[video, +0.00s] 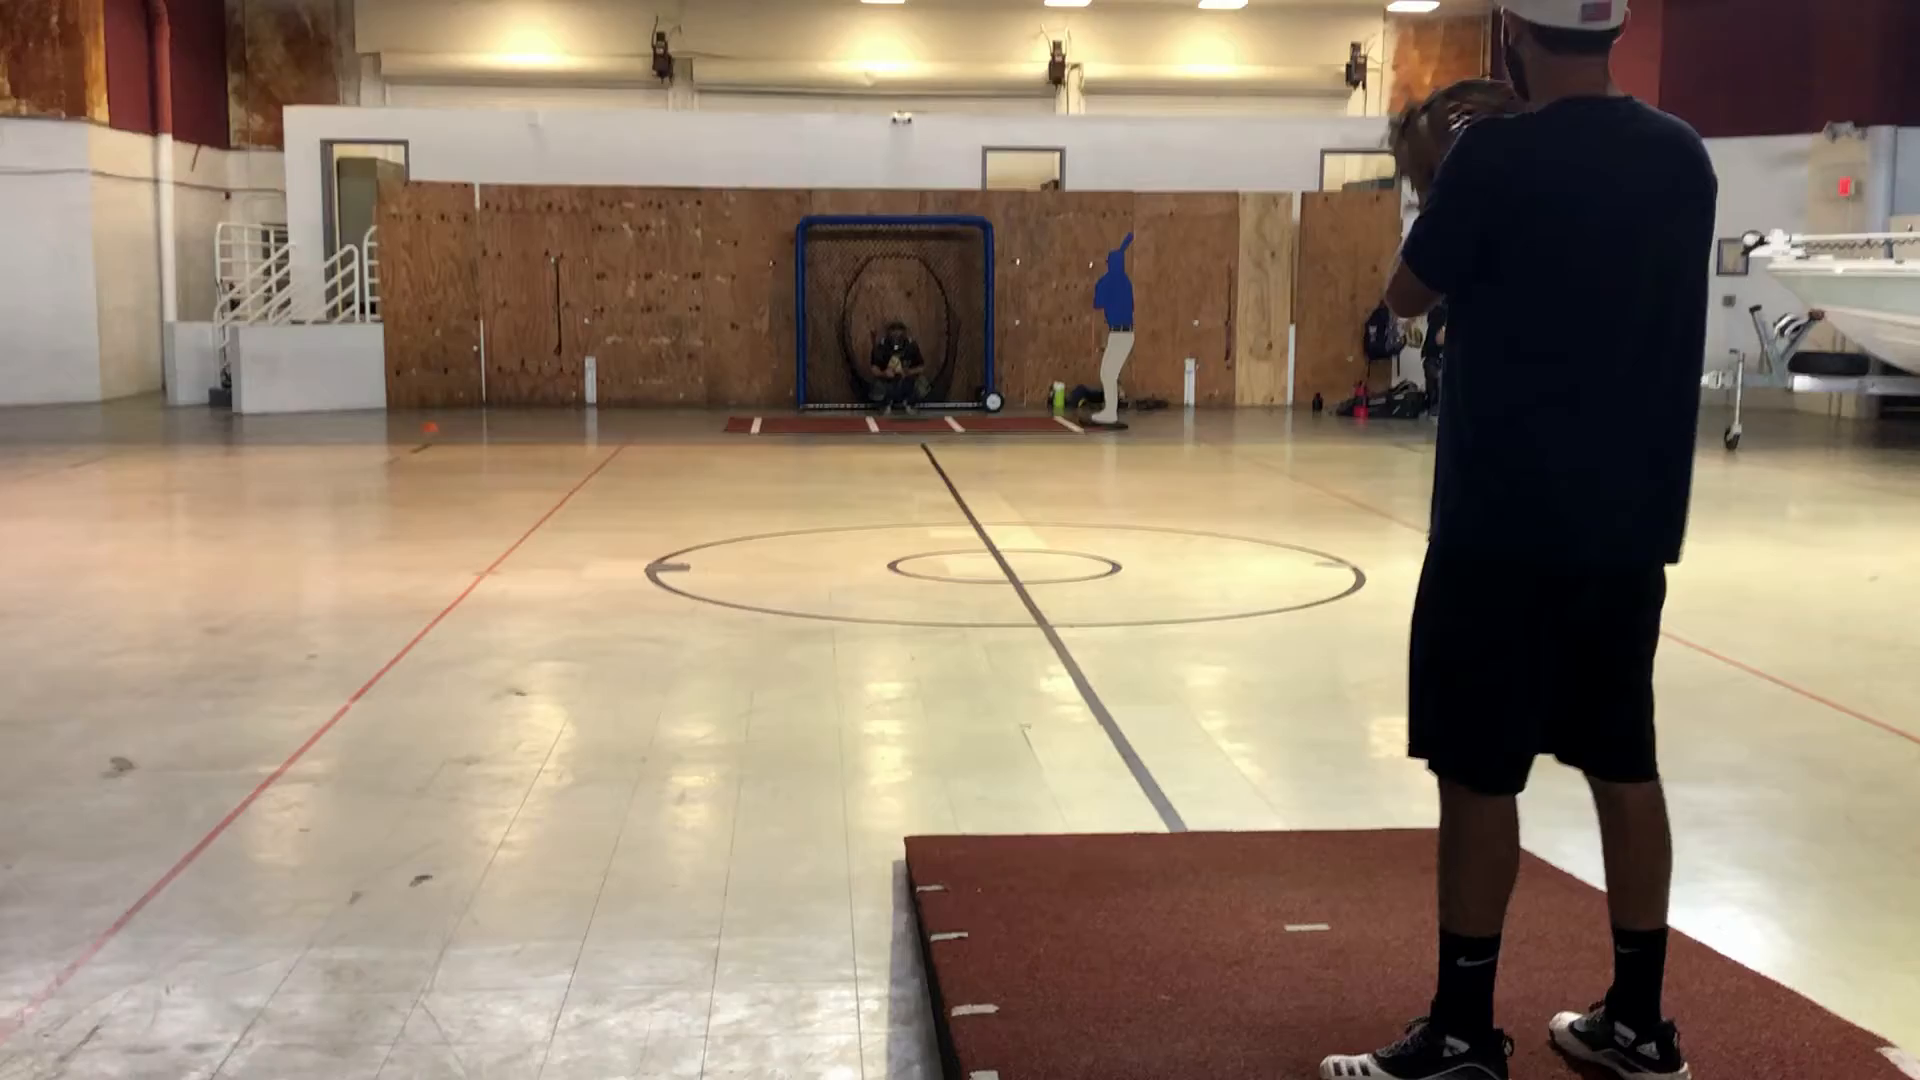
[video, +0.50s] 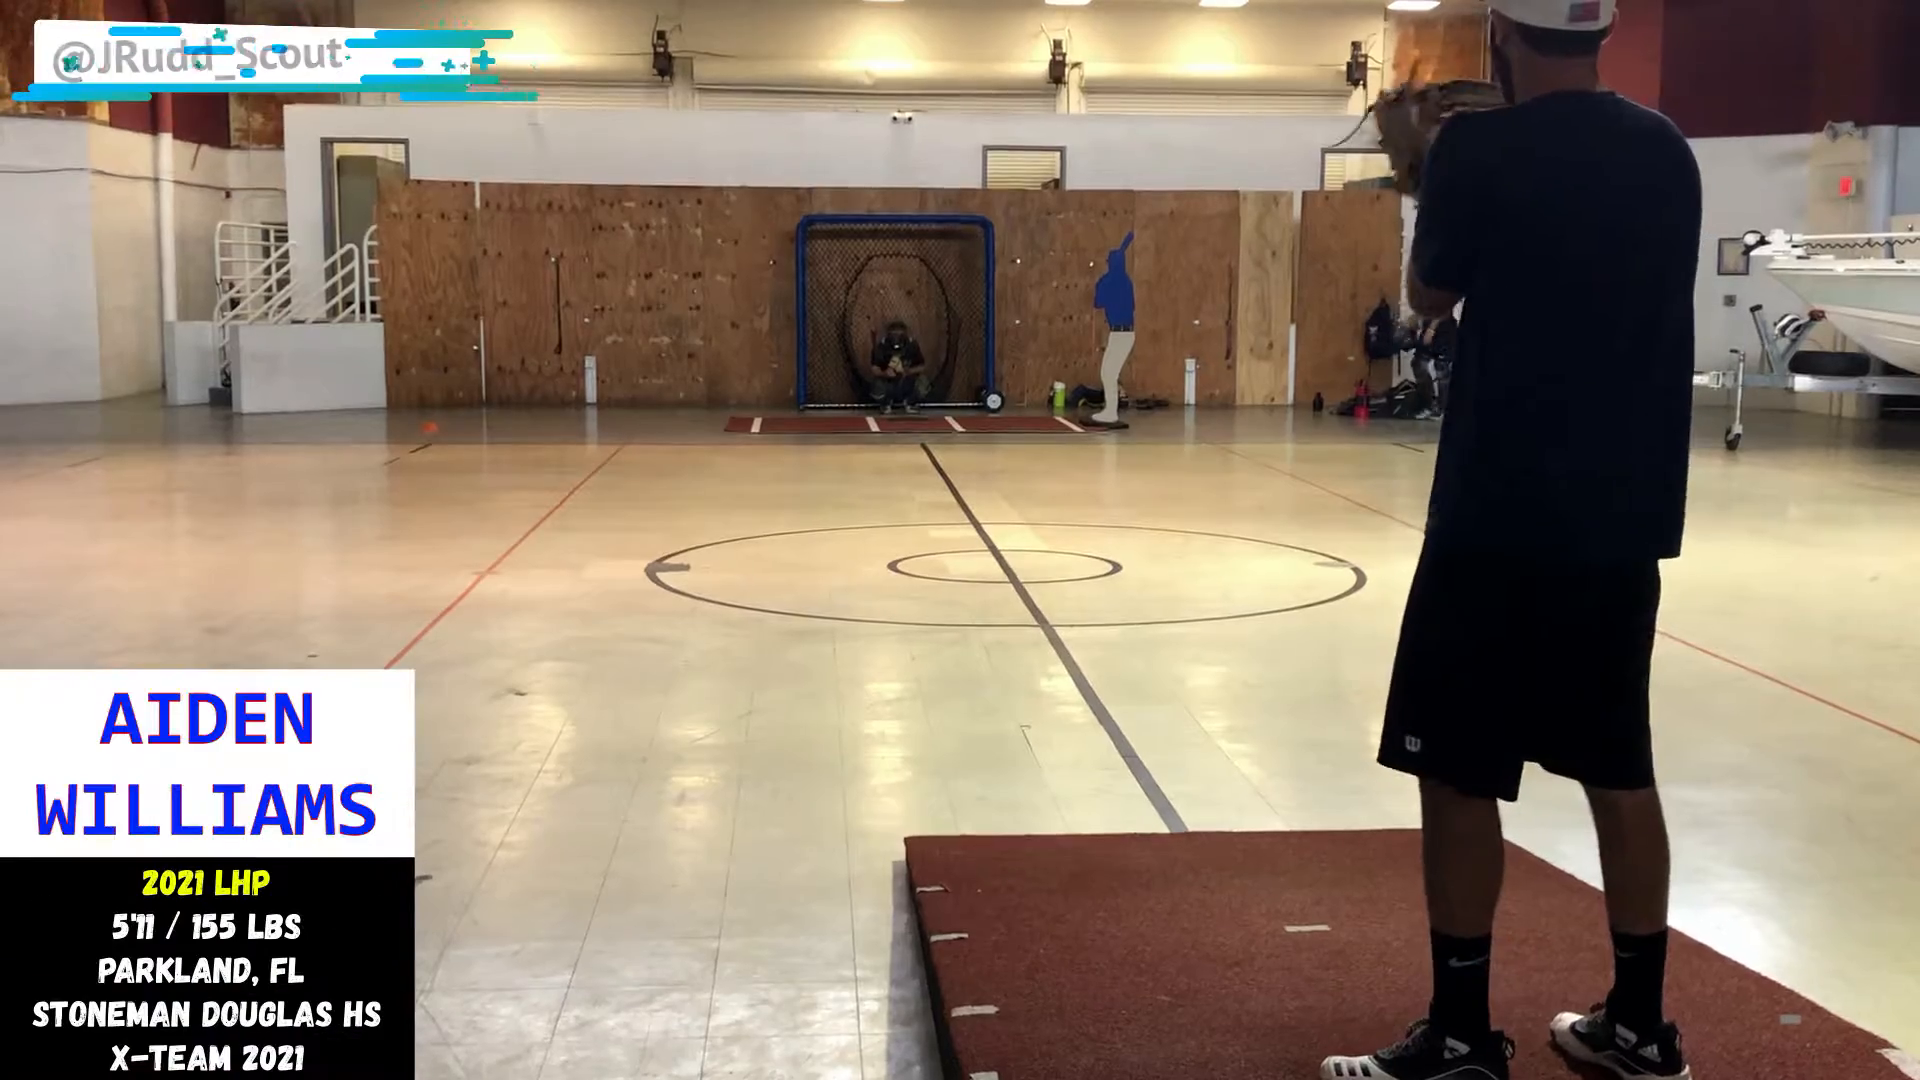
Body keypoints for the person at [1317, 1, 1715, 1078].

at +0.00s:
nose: (1500, 48)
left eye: (1502, 34)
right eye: (1509, 37)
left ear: (1515, 39)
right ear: (1618, 36)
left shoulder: (1493, 153)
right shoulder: (1682, 153)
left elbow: (1410, 293)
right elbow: (1622, 290)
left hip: (1497, 526)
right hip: (1630, 526)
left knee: (1478, 774)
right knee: (1626, 764)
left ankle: (1463, 1030)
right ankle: (1638, 1018)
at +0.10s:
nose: (1500, 45)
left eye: (1503, 32)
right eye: (1508, 32)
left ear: (1516, 38)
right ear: (1620, 34)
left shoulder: (1492, 149)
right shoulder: (1682, 152)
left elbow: (1435, 292)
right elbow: (1638, 293)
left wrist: (1478, 166)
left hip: (1495, 521)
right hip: (1628, 524)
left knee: (1475, 769)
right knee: (1623, 762)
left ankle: (1464, 1031)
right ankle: (1638, 1019)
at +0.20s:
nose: (1496, 49)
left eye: (1500, 35)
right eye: (1506, 35)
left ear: (1514, 40)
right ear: (1616, 36)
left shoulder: (1488, 151)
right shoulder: (1681, 152)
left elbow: (1444, 299)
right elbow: (1645, 300)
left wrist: (1471, 166)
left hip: (1496, 519)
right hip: (1626, 522)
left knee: (1470, 767)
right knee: (1621, 762)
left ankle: (1462, 1030)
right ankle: (1638, 1017)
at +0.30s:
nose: (1497, 46)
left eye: (1500, 31)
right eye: (1509, 32)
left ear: (1511, 38)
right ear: (1614, 34)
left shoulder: (1485, 150)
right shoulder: (1678, 153)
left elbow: (1439, 299)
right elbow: (1651, 302)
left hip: (1494, 517)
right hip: (1623, 521)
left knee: (1465, 764)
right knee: (1620, 762)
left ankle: (1460, 1030)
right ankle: (1638, 1018)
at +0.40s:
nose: (1495, 49)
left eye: (1498, 35)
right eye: (1506, 35)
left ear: (1510, 40)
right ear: (1611, 37)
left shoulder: (1484, 145)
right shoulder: (1675, 151)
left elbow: (1438, 293)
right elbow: (1640, 296)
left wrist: (1455, 165)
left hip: (1493, 521)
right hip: (1625, 523)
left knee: (1464, 769)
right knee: (1621, 767)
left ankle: (1461, 1032)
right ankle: (1640, 1021)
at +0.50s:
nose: (1491, 48)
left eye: (1494, 34)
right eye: (1504, 34)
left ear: (1504, 39)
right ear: (1605, 36)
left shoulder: (1477, 143)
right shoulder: (1667, 148)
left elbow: (1428, 299)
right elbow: (1634, 297)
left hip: (1494, 521)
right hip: (1624, 519)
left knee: (1459, 764)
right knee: (1620, 765)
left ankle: (1461, 1032)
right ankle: (1640, 1020)